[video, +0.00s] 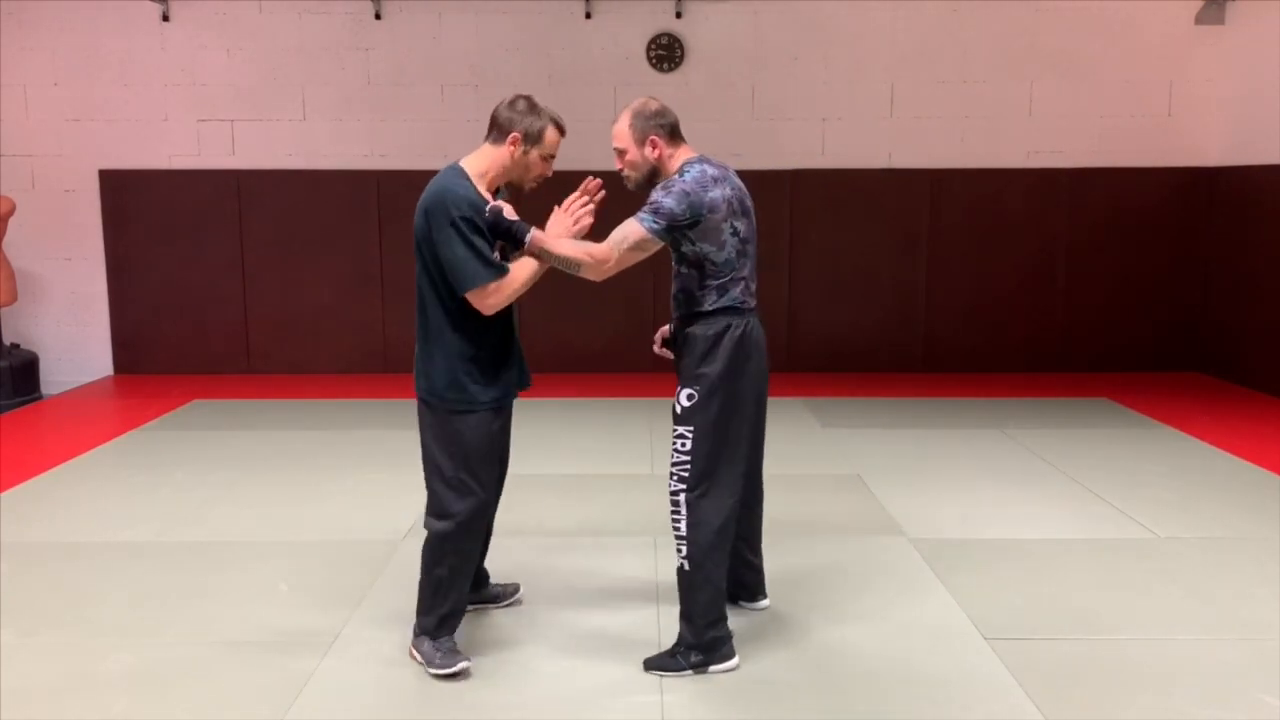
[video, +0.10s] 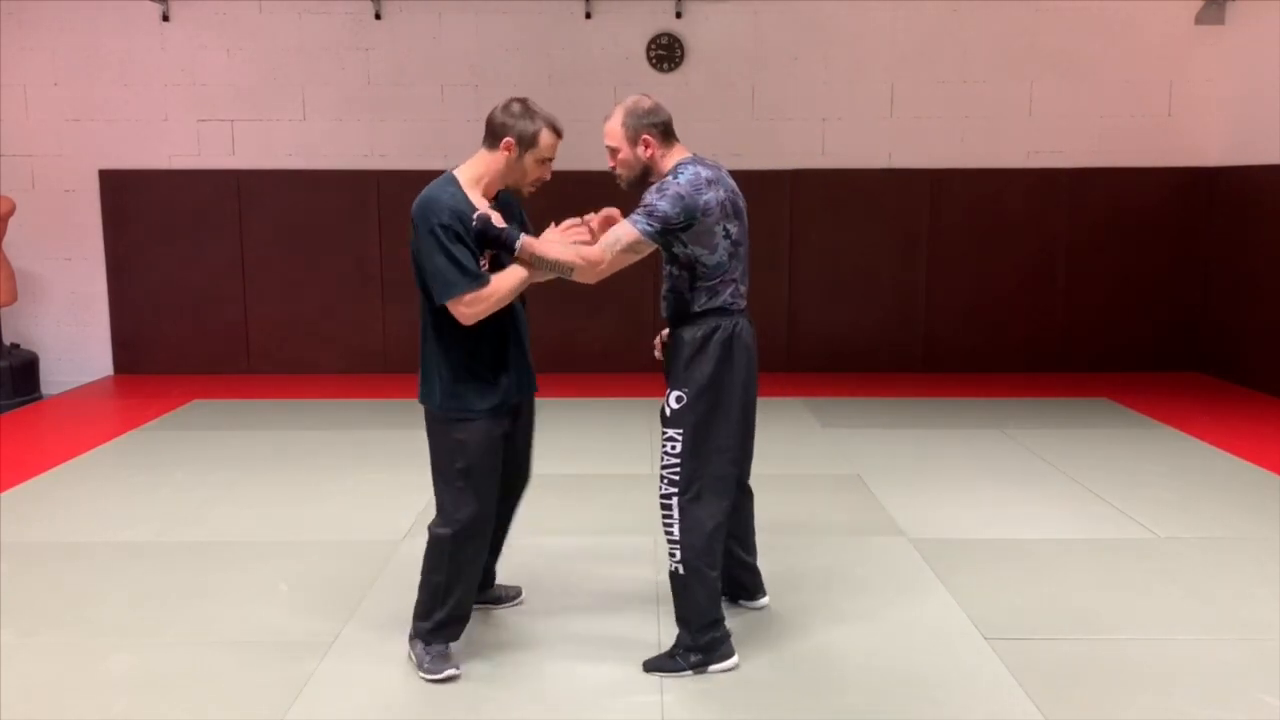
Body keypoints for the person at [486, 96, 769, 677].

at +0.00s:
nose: (619, 164)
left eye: (623, 152)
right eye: (616, 153)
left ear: (656, 146)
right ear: (664, 145)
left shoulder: (688, 190)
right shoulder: (718, 177)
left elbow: (602, 260)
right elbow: (725, 273)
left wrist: (519, 232)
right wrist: (686, 325)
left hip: (717, 345)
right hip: (738, 339)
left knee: (694, 489)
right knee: (736, 471)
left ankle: (704, 641)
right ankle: (744, 582)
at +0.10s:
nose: (611, 162)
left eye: (614, 150)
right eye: (609, 151)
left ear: (649, 144)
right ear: (656, 143)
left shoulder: (682, 191)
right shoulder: (708, 176)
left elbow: (595, 261)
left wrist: (510, 240)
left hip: (707, 346)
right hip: (726, 340)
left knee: (685, 491)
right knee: (724, 474)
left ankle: (703, 642)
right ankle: (741, 582)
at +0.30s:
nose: (607, 156)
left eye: (611, 144)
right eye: (605, 144)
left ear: (645, 138)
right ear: (653, 138)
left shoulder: (673, 187)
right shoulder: (703, 176)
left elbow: (598, 267)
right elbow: (691, 268)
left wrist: (513, 247)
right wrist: (665, 332)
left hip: (695, 347)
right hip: (716, 342)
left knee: (678, 495)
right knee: (712, 474)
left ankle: (702, 642)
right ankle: (739, 579)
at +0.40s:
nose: (604, 155)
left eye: (609, 144)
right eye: (603, 144)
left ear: (639, 140)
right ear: (651, 138)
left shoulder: (668, 186)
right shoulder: (699, 179)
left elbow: (615, 268)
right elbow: (704, 273)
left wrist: (531, 248)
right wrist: (669, 336)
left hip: (697, 348)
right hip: (715, 344)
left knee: (677, 494)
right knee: (709, 477)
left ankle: (704, 641)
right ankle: (740, 580)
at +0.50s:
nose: (614, 170)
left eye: (619, 157)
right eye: (612, 158)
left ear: (641, 147)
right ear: (664, 142)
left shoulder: (657, 189)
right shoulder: (696, 185)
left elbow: (615, 273)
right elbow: (698, 281)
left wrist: (545, 235)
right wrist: (668, 347)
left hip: (697, 349)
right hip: (718, 345)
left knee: (665, 495)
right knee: (708, 477)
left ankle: (704, 642)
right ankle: (741, 580)